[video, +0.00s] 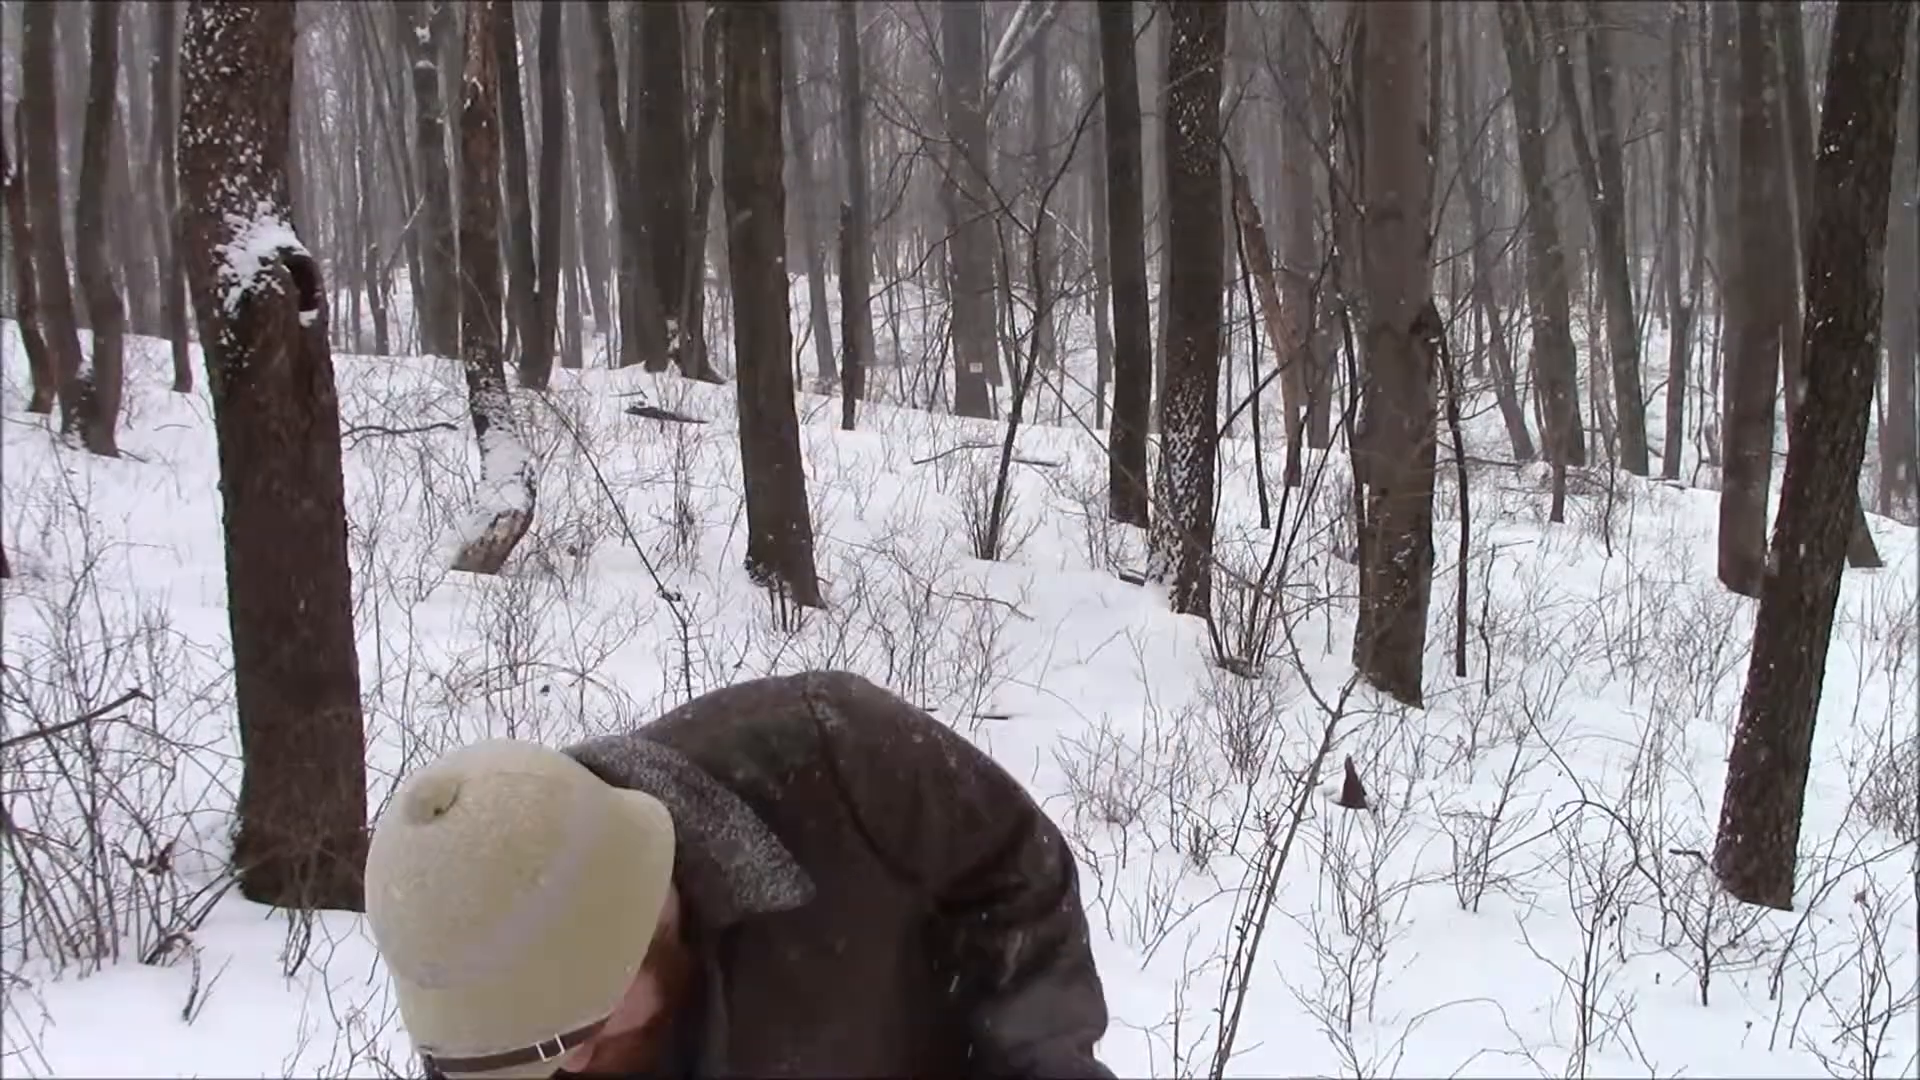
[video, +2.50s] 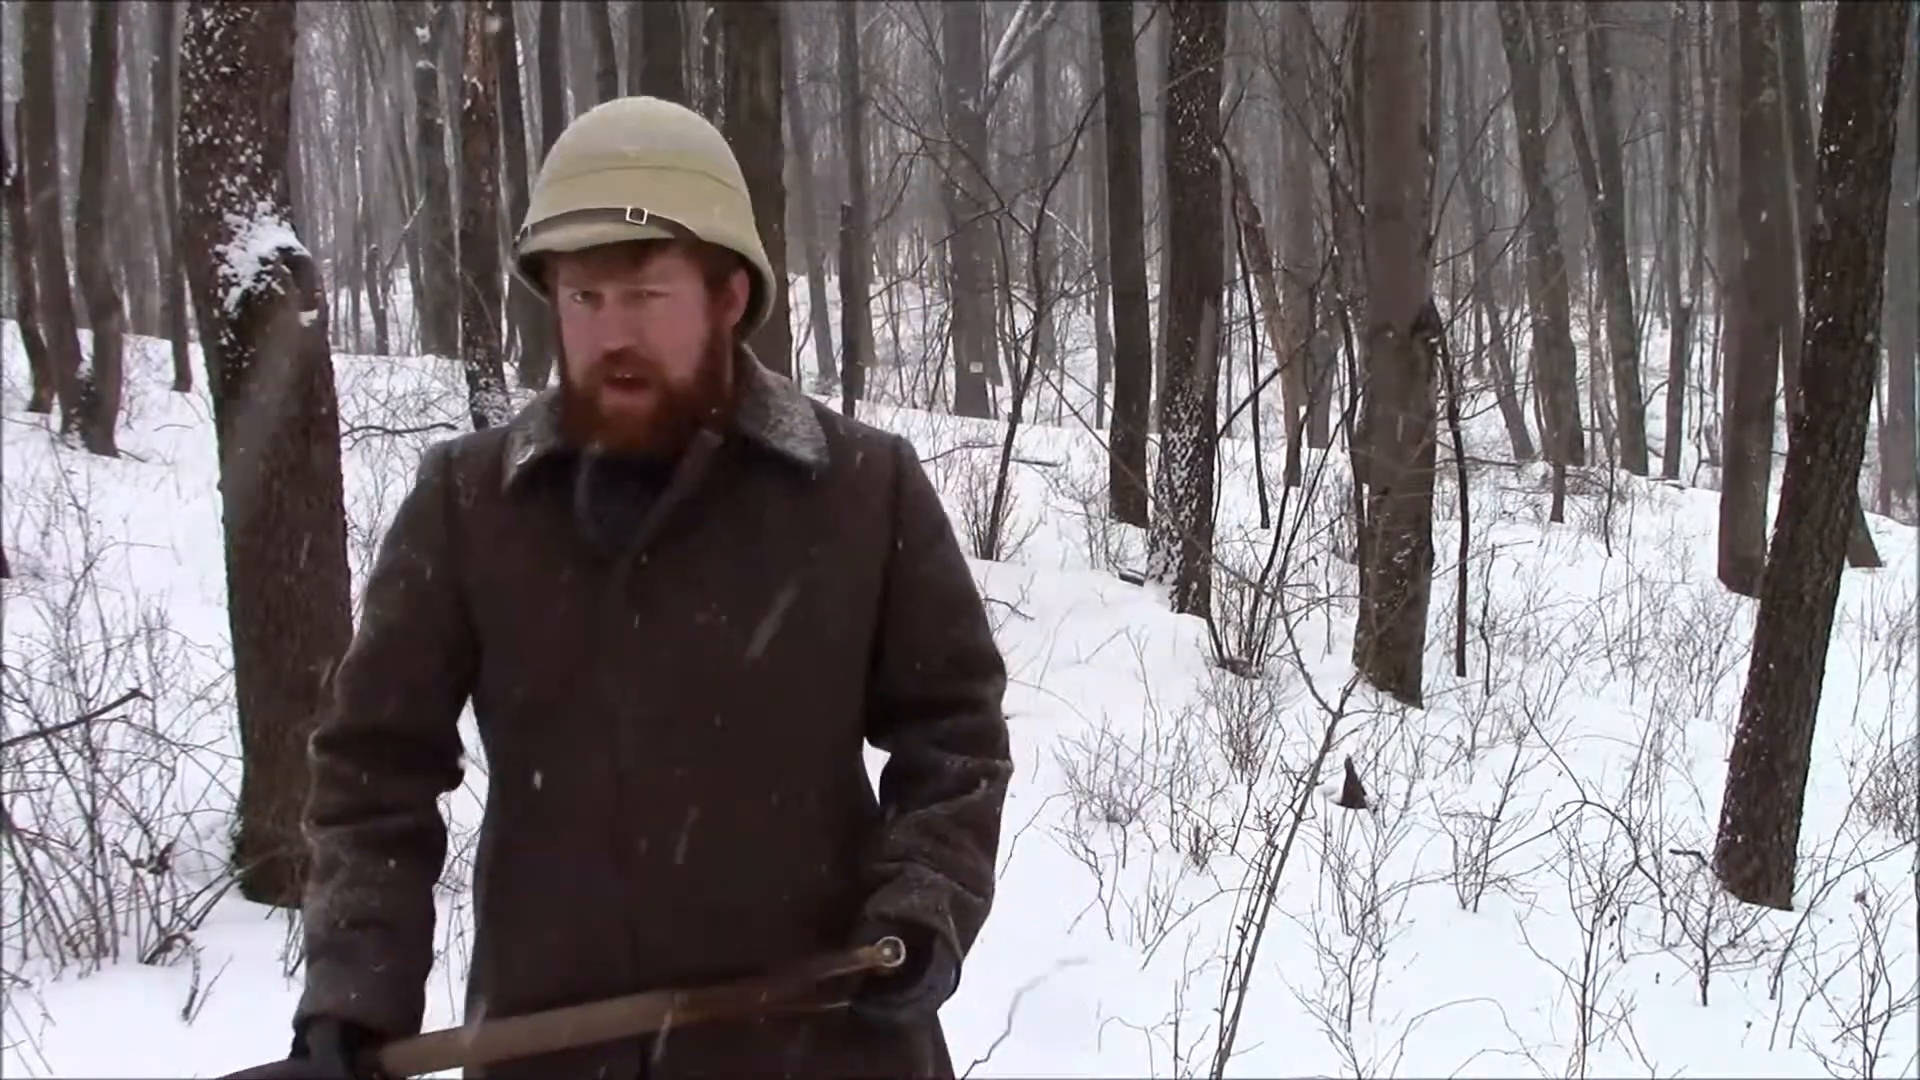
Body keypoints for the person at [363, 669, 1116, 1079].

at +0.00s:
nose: (569, 1071)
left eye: (581, 1031)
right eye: (520, 1059)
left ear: (647, 912)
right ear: (449, 1011)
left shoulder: (830, 757)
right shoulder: (477, 1005)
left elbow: (1019, 877)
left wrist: (1038, 1061)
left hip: (946, 1042)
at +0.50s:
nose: (586, 640)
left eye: (610, 580)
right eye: (550, 593)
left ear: (719, 534)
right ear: (523, 584)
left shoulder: (910, 640)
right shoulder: (504, 730)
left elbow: (998, 888)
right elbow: (453, 1012)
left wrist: (947, 1062)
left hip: (888, 1031)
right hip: (657, 1039)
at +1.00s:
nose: (736, 343)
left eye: (769, 301)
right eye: (711, 310)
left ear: (858, 313)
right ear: (686, 330)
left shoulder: (1006, 517)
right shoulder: (630, 533)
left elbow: (1119, 747)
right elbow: (583, 789)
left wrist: (1091, 932)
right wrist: (561, 1004)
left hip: (945, 1039)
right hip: (684, 1047)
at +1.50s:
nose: (829, 327)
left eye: (858, 290)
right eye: (808, 301)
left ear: (949, 297)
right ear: (791, 327)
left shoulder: (1100, 502)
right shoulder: (741, 523)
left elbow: (1194, 733)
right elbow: (683, 756)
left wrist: (1173, 891)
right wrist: (649, 933)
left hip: (1044, 1024)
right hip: (791, 1026)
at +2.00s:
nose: (822, 340)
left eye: (857, 301)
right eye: (804, 308)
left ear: (950, 318)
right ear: (784, 321)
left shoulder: (1076, 528)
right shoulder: (712, 519)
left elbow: (1154, 762)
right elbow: (638, 752)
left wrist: (1101, 921)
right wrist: (602, 939)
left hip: (976, 1038)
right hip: (717, 1040)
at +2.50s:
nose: (613, 334)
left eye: (647, 295)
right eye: (585, 298)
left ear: (732, 298)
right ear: (552, 308)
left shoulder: (866, 491)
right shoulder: (467, 501)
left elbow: (951, 729)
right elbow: (377, 771)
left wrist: (919, 909)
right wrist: (353, 1009)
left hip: (817, 1041)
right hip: (550, 1047)